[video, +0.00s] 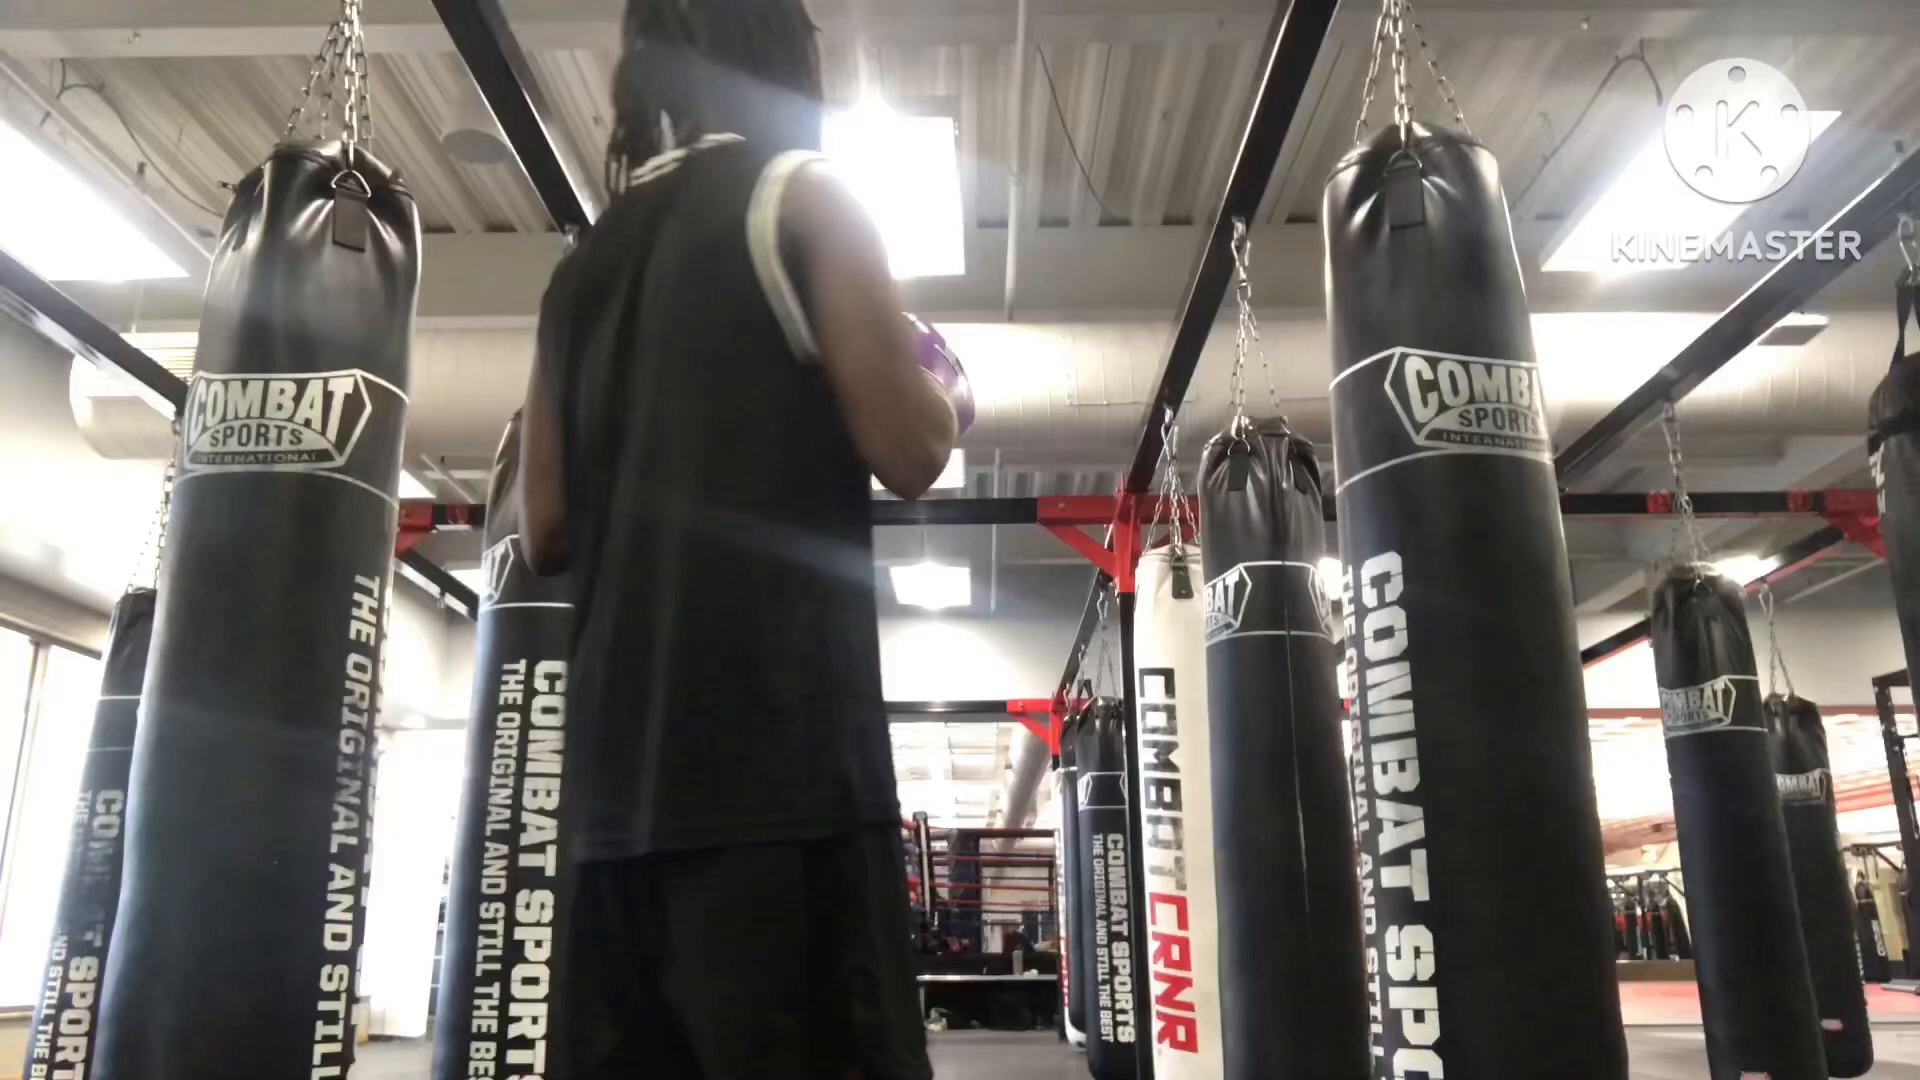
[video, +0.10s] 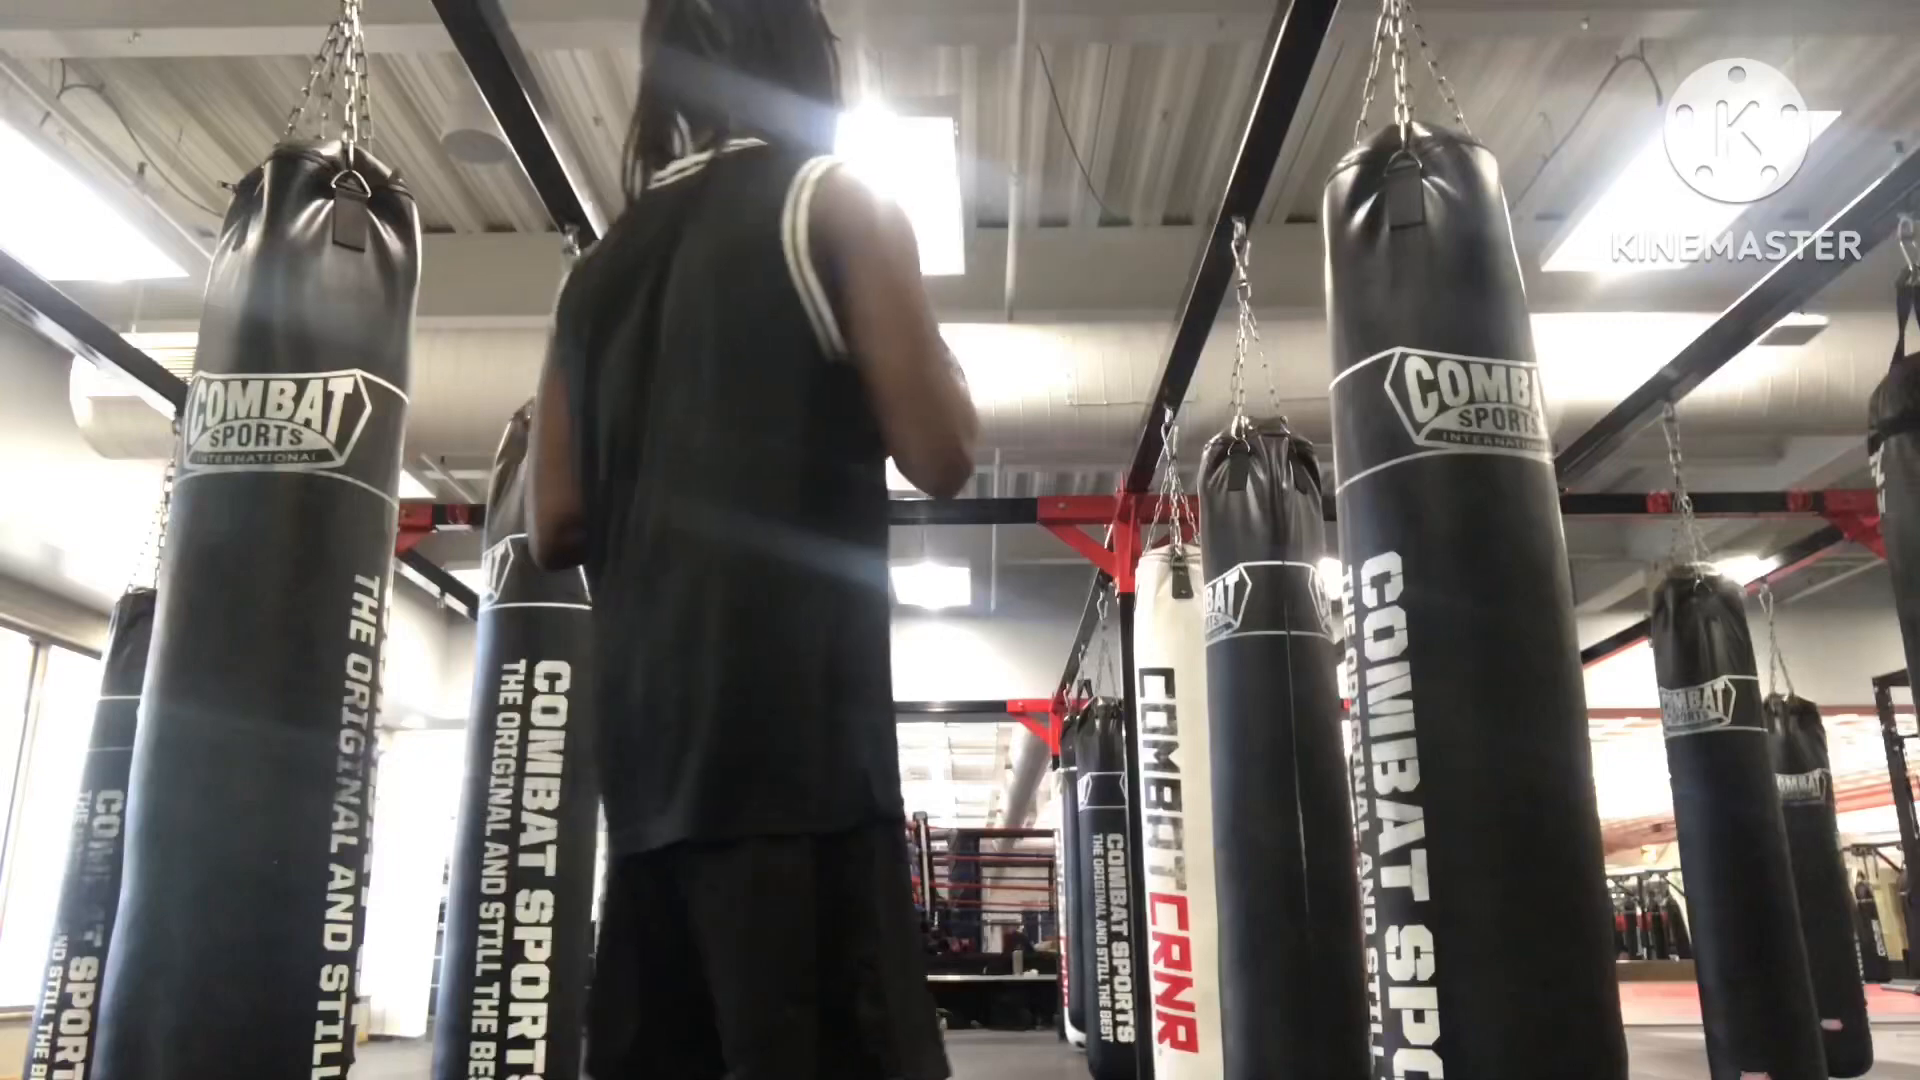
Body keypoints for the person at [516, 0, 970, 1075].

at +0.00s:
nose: (814, 79)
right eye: (800, 55)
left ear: (638, 80)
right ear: (783, 62)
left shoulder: (579, 269)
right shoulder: (798, 193)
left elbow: (547, 524)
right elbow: (913, 456)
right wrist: (940, 389)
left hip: (616, 784)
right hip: (785, 767)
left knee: (624, 1063)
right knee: (808, 1056)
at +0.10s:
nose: (833, 88)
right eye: (821, 64)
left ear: (663, 88)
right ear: (805, 73)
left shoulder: (595, 272)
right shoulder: (833, 204)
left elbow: (557, 520)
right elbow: (942, 460)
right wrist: (889, 331)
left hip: (647, 752)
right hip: (800, 739)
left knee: (662, 1054)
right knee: (826, 1049)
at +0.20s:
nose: (846, 81)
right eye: (832, 58)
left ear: (679, 88)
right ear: (817, 70)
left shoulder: (607, 279)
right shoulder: (851, 204)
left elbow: (576, 522)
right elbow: (957, 456)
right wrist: (909, 356)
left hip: (655, 734)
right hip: (809, 723)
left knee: (666, 1046)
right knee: (824, 1044)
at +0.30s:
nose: (854, 103)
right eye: (845, 80)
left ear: (698, 106)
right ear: (827, 85)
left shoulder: (633, 292)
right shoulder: (854, 209)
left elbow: (607, 546)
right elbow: (955, 461)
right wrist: (968, 375)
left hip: (664, 766)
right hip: (813, 746)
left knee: (670, 1055)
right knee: (843, 1052)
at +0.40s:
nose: (864, 132)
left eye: (858, 114)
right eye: (856, 112)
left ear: (715, 131)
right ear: (835, 119)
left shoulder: (668, 304)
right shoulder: (847, 230)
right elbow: (940, 465)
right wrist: (980, 406)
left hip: (682, 760)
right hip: (809, 750)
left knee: (705, 1045)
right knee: (830, 1046)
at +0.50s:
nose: (873, 154)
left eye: (866, 135)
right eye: (864, 133)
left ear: (739, 151)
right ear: (837, 138)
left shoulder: (716, 296)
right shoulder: (837, 250)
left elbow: (795, 463)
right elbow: (938, 482)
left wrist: (918, 363)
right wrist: (986, 401)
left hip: (717, 746)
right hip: (809, 746)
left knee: (750, 1036)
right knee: (851, 1040)